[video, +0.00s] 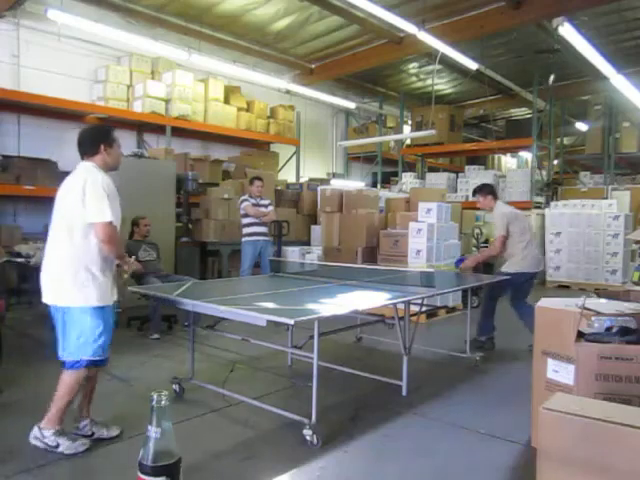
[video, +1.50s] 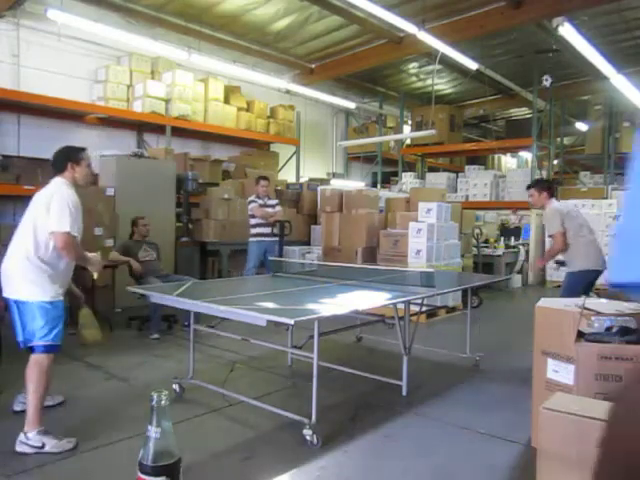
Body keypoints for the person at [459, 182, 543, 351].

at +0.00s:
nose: (479, 205)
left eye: (480, 200)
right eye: (478, 201)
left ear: (489, 197)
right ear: (492, 198)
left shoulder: (501, 212)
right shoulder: (510, 210)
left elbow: (497, 248)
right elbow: (502, 247)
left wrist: (474, 260)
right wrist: (481, 255)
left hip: (518, 265)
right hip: (532, 265)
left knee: (490, 295)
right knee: (518, 301)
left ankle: (485, 337)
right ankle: (542, 333)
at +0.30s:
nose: (483, 194)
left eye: (485, 189)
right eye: (482, 190)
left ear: (496, 188)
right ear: (498, 189)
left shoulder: (502, 206)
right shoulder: (515, 204)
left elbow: (501, 238)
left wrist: (478, 257)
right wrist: (486, 251)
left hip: (515, 263)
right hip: (531, 262)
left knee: (491, 295)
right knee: (530, 301)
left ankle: (484, 336)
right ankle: (550, 334)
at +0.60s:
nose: (521, 194)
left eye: (524, 190)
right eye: (521, 190)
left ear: (535, 190)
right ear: (537, 191)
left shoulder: (536, 209)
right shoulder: (550, 209)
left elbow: (536, 240)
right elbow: (547, 240)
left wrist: (516, 255)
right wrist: (527, 247)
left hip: (544, 270)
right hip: (559, 269)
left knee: (516, 302)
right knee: (560, 312)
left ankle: (490, 334)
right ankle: (564, 346)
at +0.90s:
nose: (540, 184)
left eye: (543, 179)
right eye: (539, 180)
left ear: (555, 180)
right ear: (554, 181)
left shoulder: (560, 196)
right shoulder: (566, 195)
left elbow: (560, 228)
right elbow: (561, 227)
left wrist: (537, 234)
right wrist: (539, 233)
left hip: (572, 259)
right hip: (583, 258)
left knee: (550, 303)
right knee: (574, 303)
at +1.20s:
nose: (541, 189)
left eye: (544, 184)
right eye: (540, 185)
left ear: (555, 184)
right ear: (556, 184)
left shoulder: (562, 200)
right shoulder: (566, 198)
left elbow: (570, 232)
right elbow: (568, 233)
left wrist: (553, 255)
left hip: (585, 259)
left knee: (568, 304)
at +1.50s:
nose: (530, 200)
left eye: (532, 196)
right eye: (529, 196)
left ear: (544, 194)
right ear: (545, 195)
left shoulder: (552, 210)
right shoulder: (564, 207)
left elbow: (559, 244)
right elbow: (563, 244)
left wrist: (543, 260)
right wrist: (545, 257)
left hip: (582, 265)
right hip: (595, 263)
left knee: (564, 307)